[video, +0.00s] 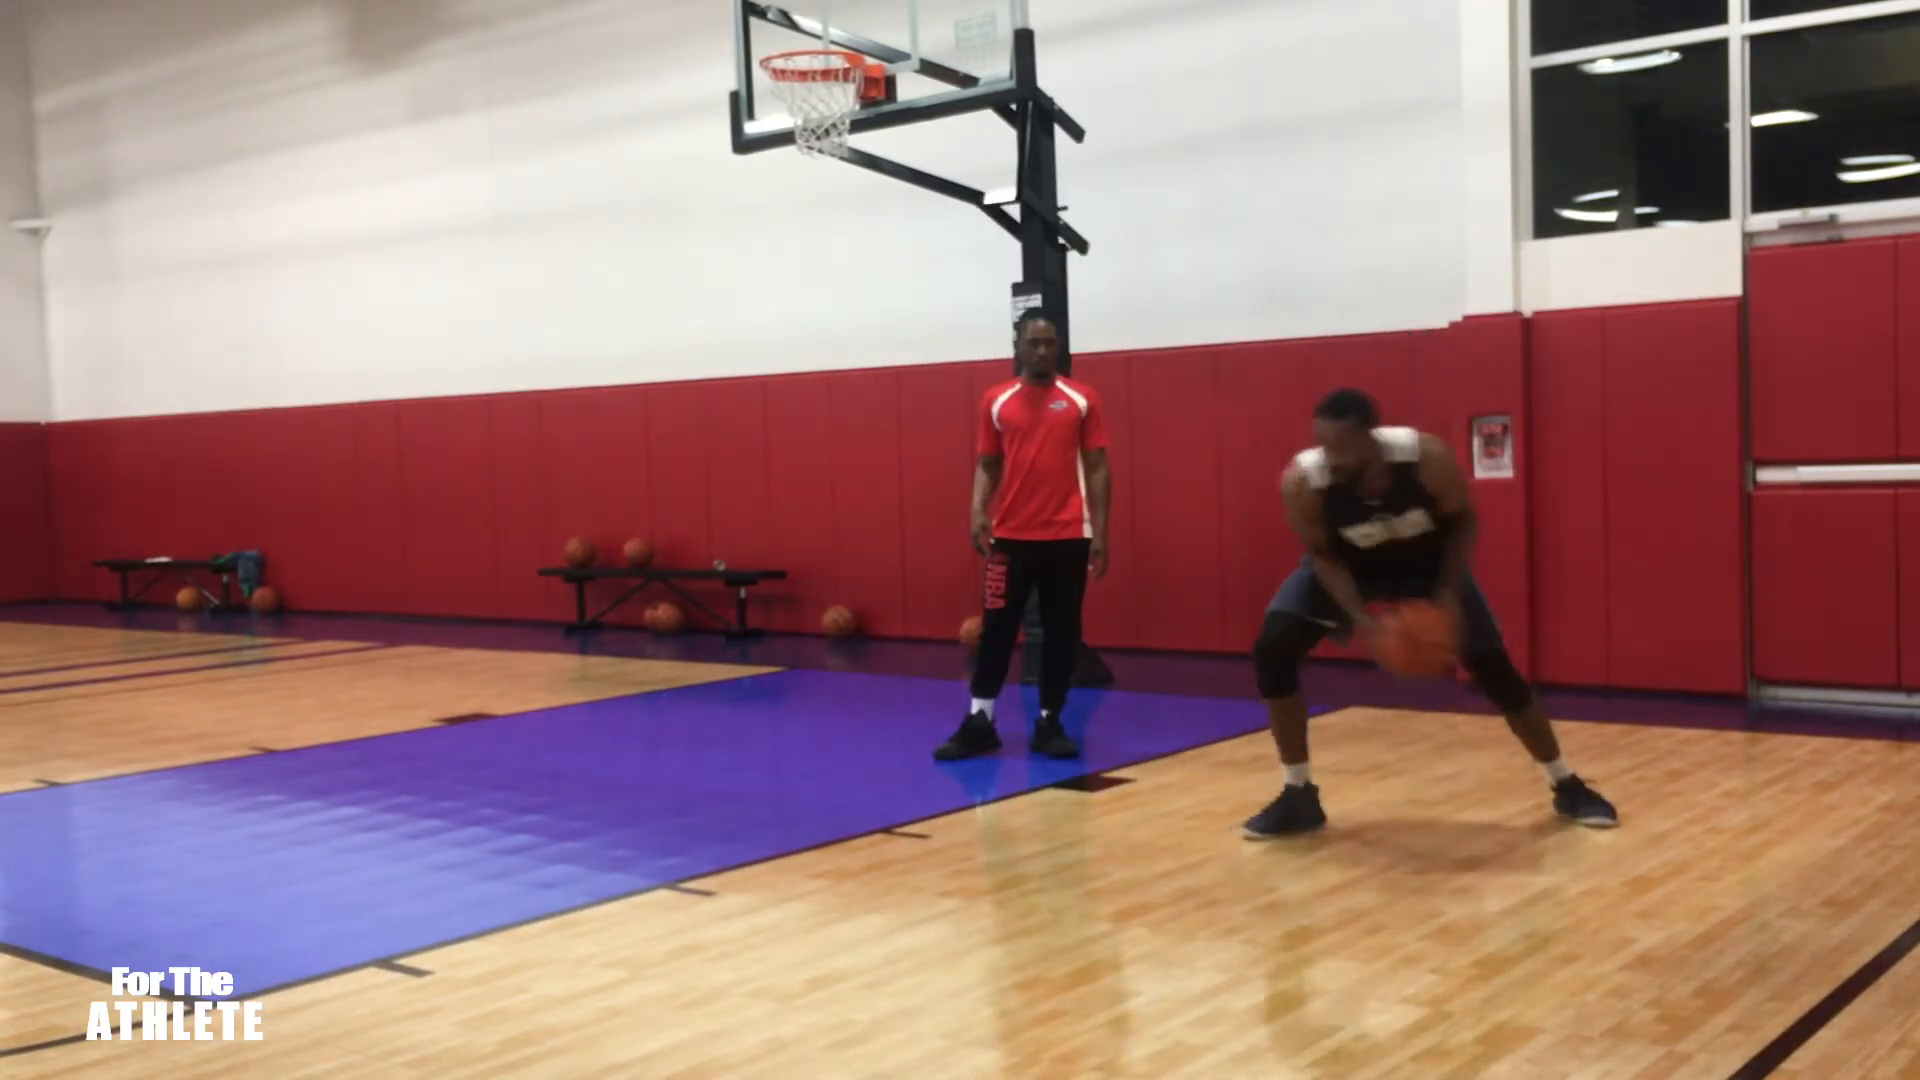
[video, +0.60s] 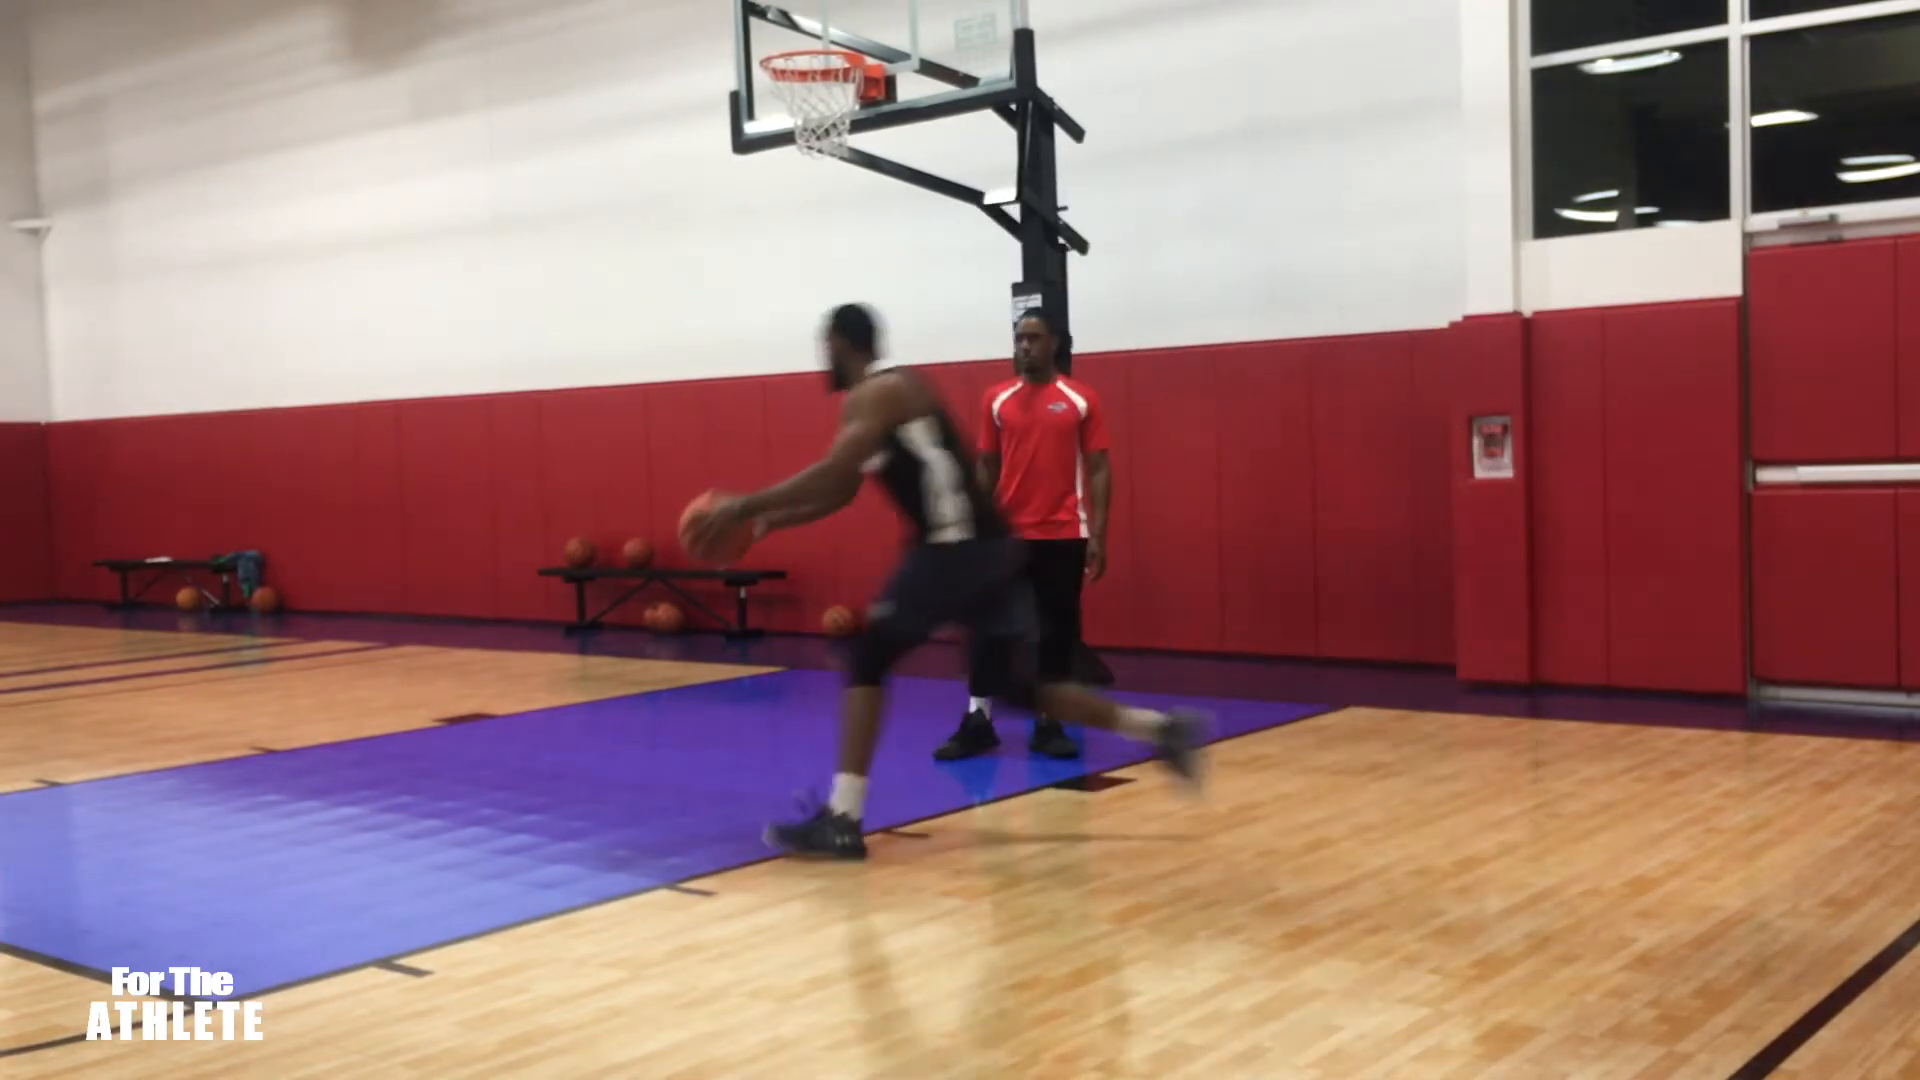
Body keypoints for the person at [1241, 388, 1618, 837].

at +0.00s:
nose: (1330, 456)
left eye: (1339, 445)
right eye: (1324, 445)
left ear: (1368, 436)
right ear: (1319, 439)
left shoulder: (1426, 456)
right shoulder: (1304, 481)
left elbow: (1462, 522)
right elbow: (1321, 555)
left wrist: (1448, 600)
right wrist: (1362, 620)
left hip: (1427, 566)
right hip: (1346, 570)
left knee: (1494, 668)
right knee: (1272, 652)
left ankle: (1566, 784)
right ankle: (1299, 794)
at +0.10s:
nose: (1219, 434)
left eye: (1227, 423)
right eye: (1216, 423)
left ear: (1264, 416)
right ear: (1228, 423)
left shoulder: (1340, 440)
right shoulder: (1234, 466)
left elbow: (1389, 530)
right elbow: (1252, 531)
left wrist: (1327, 560)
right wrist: (1276, 569)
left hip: (1385, 557)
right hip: (1314, 565)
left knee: (1465, 667)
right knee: (1234, 646)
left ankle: (1566, 777)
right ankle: (1313, 781)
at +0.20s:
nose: (1130, 404)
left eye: (1137, 392)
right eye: (1128, 393)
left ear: (1173, 387)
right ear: (1145, 393)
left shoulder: (1239, 419)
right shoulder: (1160, 448)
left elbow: (1255, 508)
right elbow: (1162, 540)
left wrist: (1157, 500)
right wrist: (1115, 510)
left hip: (1334, 557)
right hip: (1265, 568)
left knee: (1414, 667)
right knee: (1210, 669)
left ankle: (1549, 756)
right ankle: (1317, 782)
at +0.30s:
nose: (1059, 393)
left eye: (1067, 381)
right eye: (1057, 382)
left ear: (1100, 376)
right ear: (1078, 384)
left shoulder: (1150, 405)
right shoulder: (1093, 442)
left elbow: (1103, 468)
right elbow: (1053, 512)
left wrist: (991, 455)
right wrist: (983, 491)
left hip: (1270, 554)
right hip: (1212, 568)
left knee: (1295, 679)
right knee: (1184, 678)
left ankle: (1438, 745)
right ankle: (1310, 777)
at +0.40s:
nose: (990, 377)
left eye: (997, 364)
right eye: (988, 366)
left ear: (1026, 358)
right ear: (1012, 365)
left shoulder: (1070, 387)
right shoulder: (1019, 420)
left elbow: (990, 432)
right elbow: (949, 480)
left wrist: (874, 440)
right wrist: (861, 481)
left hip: (1181, 538)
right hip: (1153, 549)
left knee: (1142, 669)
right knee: (1162, 680)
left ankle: (1257, 782)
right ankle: (1298, 771)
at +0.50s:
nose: (908, 356)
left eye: (912, 344)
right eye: (909, 346)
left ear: (933, 341)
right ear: (949, 341)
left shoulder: (979, 375)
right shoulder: (952, 402)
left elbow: (894, 439)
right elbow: (879, 474)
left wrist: (791, 465)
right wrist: (794, 496)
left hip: (1056, 541)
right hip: (1082, 542)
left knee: (987, 642)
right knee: (1133, 669)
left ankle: (975, 791)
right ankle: (1261, 752)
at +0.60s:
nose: (823, 360)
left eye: (828, 349)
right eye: (826, 349)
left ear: (846, 348)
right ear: (870, 344)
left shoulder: (877, 394)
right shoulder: (901, 388)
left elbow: (832, 478)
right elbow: (837, 493)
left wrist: (743, 504)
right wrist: (762, 521)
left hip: (947, 557)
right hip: (989, 553)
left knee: (867, 656)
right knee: (1011, 685)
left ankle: (842, 818)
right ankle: (1159, 730)